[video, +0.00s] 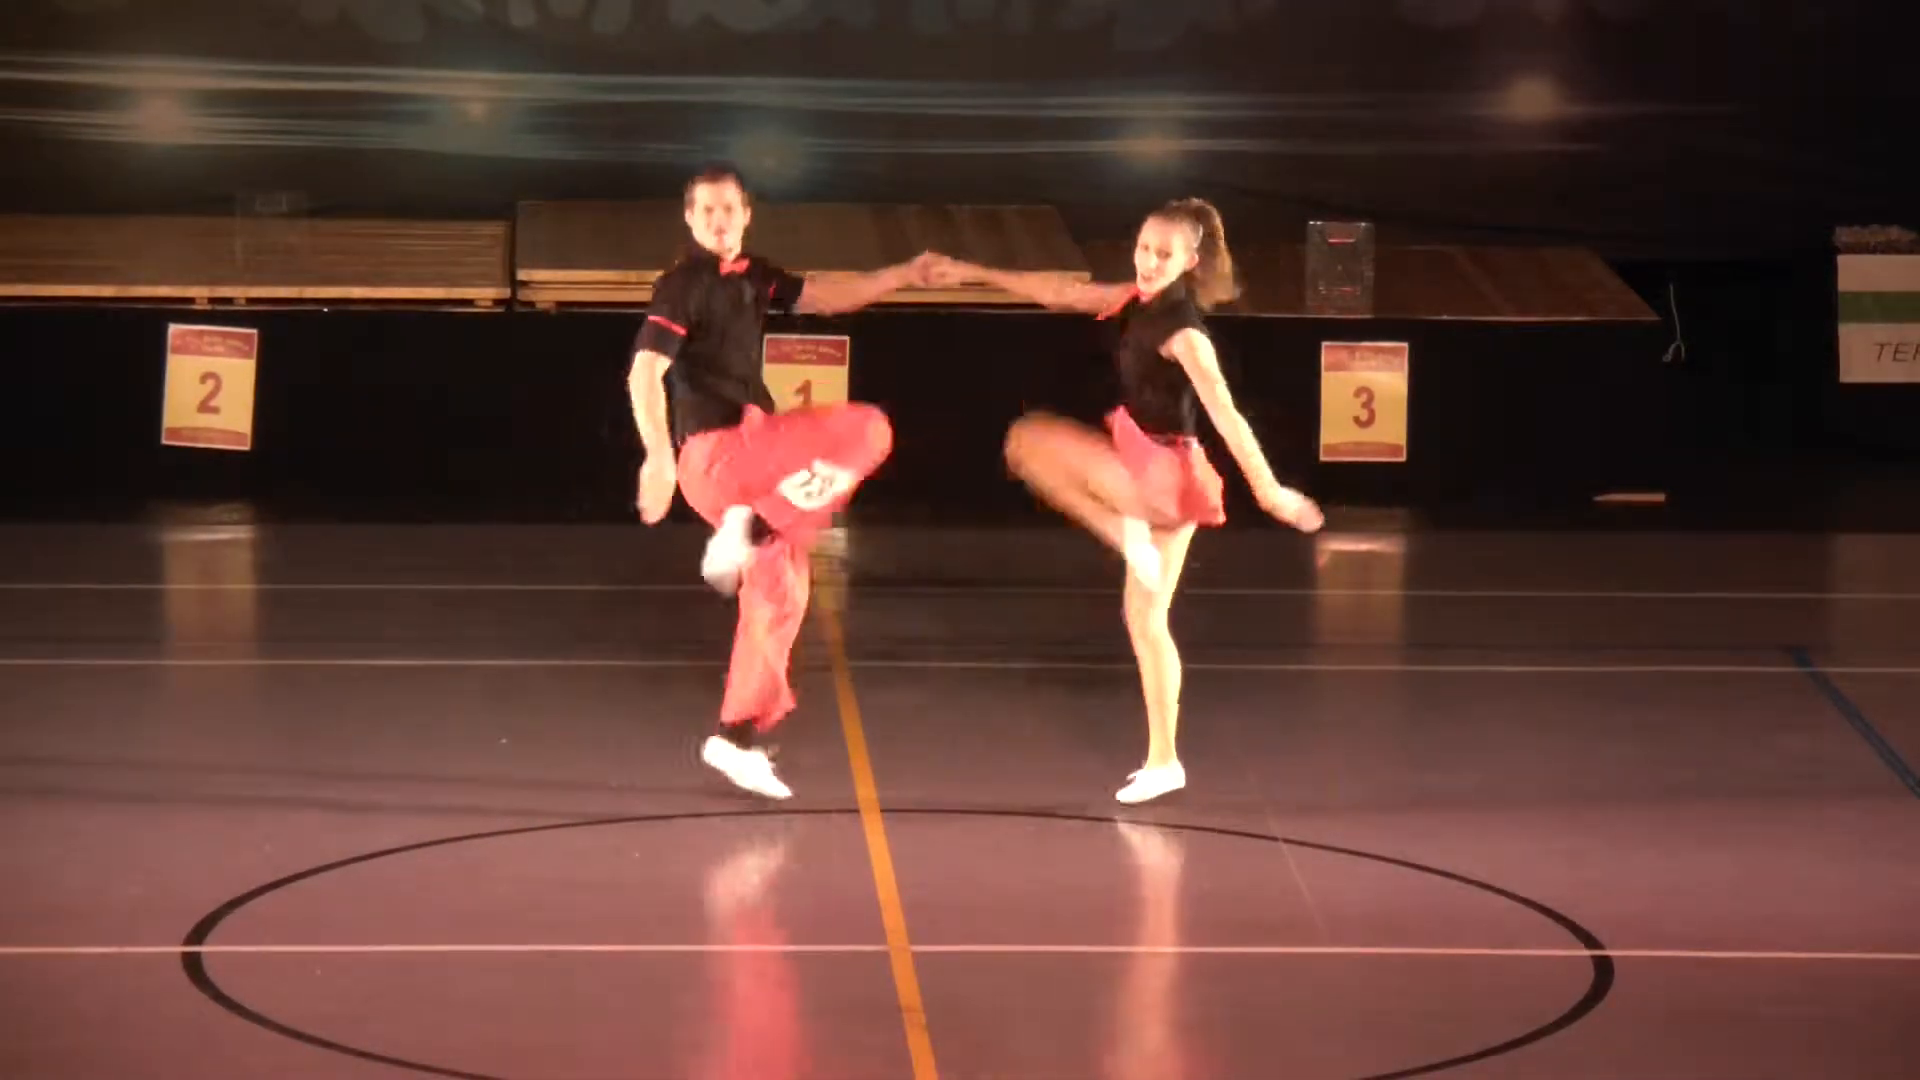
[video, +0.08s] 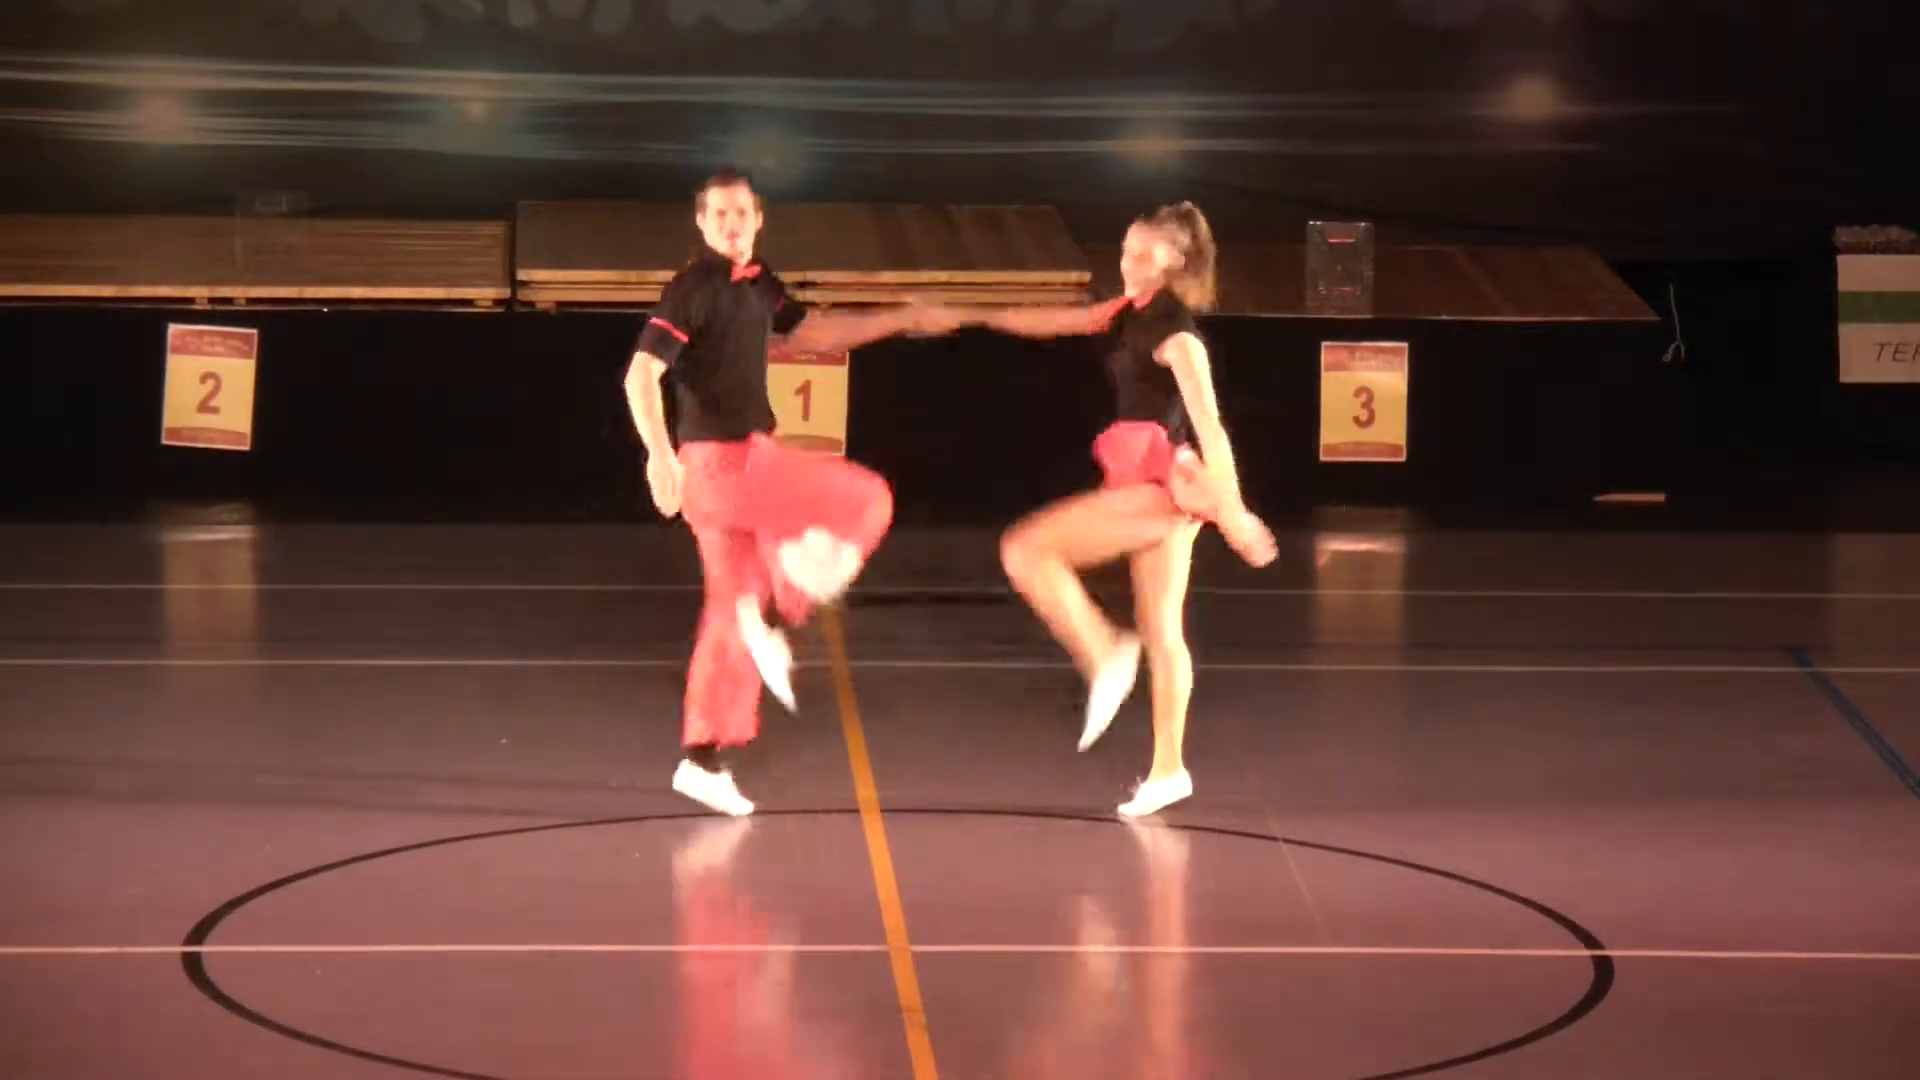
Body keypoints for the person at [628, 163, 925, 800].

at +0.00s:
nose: (718, 221)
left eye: (728, 209)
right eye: (705, 210)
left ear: (747, 213)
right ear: (688, 217)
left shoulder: (756, 278)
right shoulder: (685, 280)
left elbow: (828, 295)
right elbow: (644, 371)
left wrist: (905, 275)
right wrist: (659, 457)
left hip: (746, 453)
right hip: (710, 452)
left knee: (781, 583)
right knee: (864, 429)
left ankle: (738, 736)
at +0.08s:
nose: (731, 225)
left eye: (741, 213)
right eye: (718, 213)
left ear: (759, 219)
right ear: (700, 221)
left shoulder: (760, 287)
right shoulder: (693, 287)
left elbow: (819, 335)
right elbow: (641, 376)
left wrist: (902, 319)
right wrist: (661, 459)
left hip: (740, 460)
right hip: (718, 463)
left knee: (736, 601)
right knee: (865, 499)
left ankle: (701, 759)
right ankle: (773, 613)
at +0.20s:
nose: (761, 253)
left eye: (768, 242)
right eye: (747, 242)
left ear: (777, 249)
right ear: (718, 250)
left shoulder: (767, 327)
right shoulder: (709, 322)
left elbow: (817, 375)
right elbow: (653, 403)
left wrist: (893, 397)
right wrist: (717, 467)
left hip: (745, 500)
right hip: (737, 500)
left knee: (699, 638)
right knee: (803, 631)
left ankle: (675, 785)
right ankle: (778, 791)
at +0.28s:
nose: (808, 245)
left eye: (808, 233)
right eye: (799, 233)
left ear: (767, 239)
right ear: (756, 236)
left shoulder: (773, 300)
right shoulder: (735, 294)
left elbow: (843, 358)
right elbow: (712, 386)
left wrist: (856, 326)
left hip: (753, 473)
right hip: (728, 475)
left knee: (771, 603)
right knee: (782, 606)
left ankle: (715, 729)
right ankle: (754, 758)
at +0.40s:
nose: (822, 273)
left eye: (826, 259)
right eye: (817, 259)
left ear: (775, 250)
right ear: (782, 251)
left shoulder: (750, 284)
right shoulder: (756, 298)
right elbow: (802, 385)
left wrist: (825, 208)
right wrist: (880, 375)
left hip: (750, 475)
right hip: (730, 483)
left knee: (852, 522)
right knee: (750, 625)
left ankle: (911, 627)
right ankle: (751, 784)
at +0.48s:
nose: (834, 277)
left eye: (838, 267)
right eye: (832, 264)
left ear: (794, 244)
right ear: (800, 250)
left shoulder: (749, 270)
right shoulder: (776, 304)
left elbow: (773, 210)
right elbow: (827, 377)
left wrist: (773, 211)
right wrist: (904, 355)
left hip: (736, 466)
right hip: (738, 479)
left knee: (847, 517)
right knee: (756, 620)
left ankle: (920, 605)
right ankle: (749, 782)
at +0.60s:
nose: (845, 277)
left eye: (850, 266)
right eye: (846, 263)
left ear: (804, 241)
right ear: (822, 246)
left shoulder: (757, 268)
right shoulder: (780, 275)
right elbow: (803, 344)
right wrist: (873, 339)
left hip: (710, 454)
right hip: (738, 462)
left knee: (812, 557)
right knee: (854, 551)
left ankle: (762, 674)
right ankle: (779, 684)